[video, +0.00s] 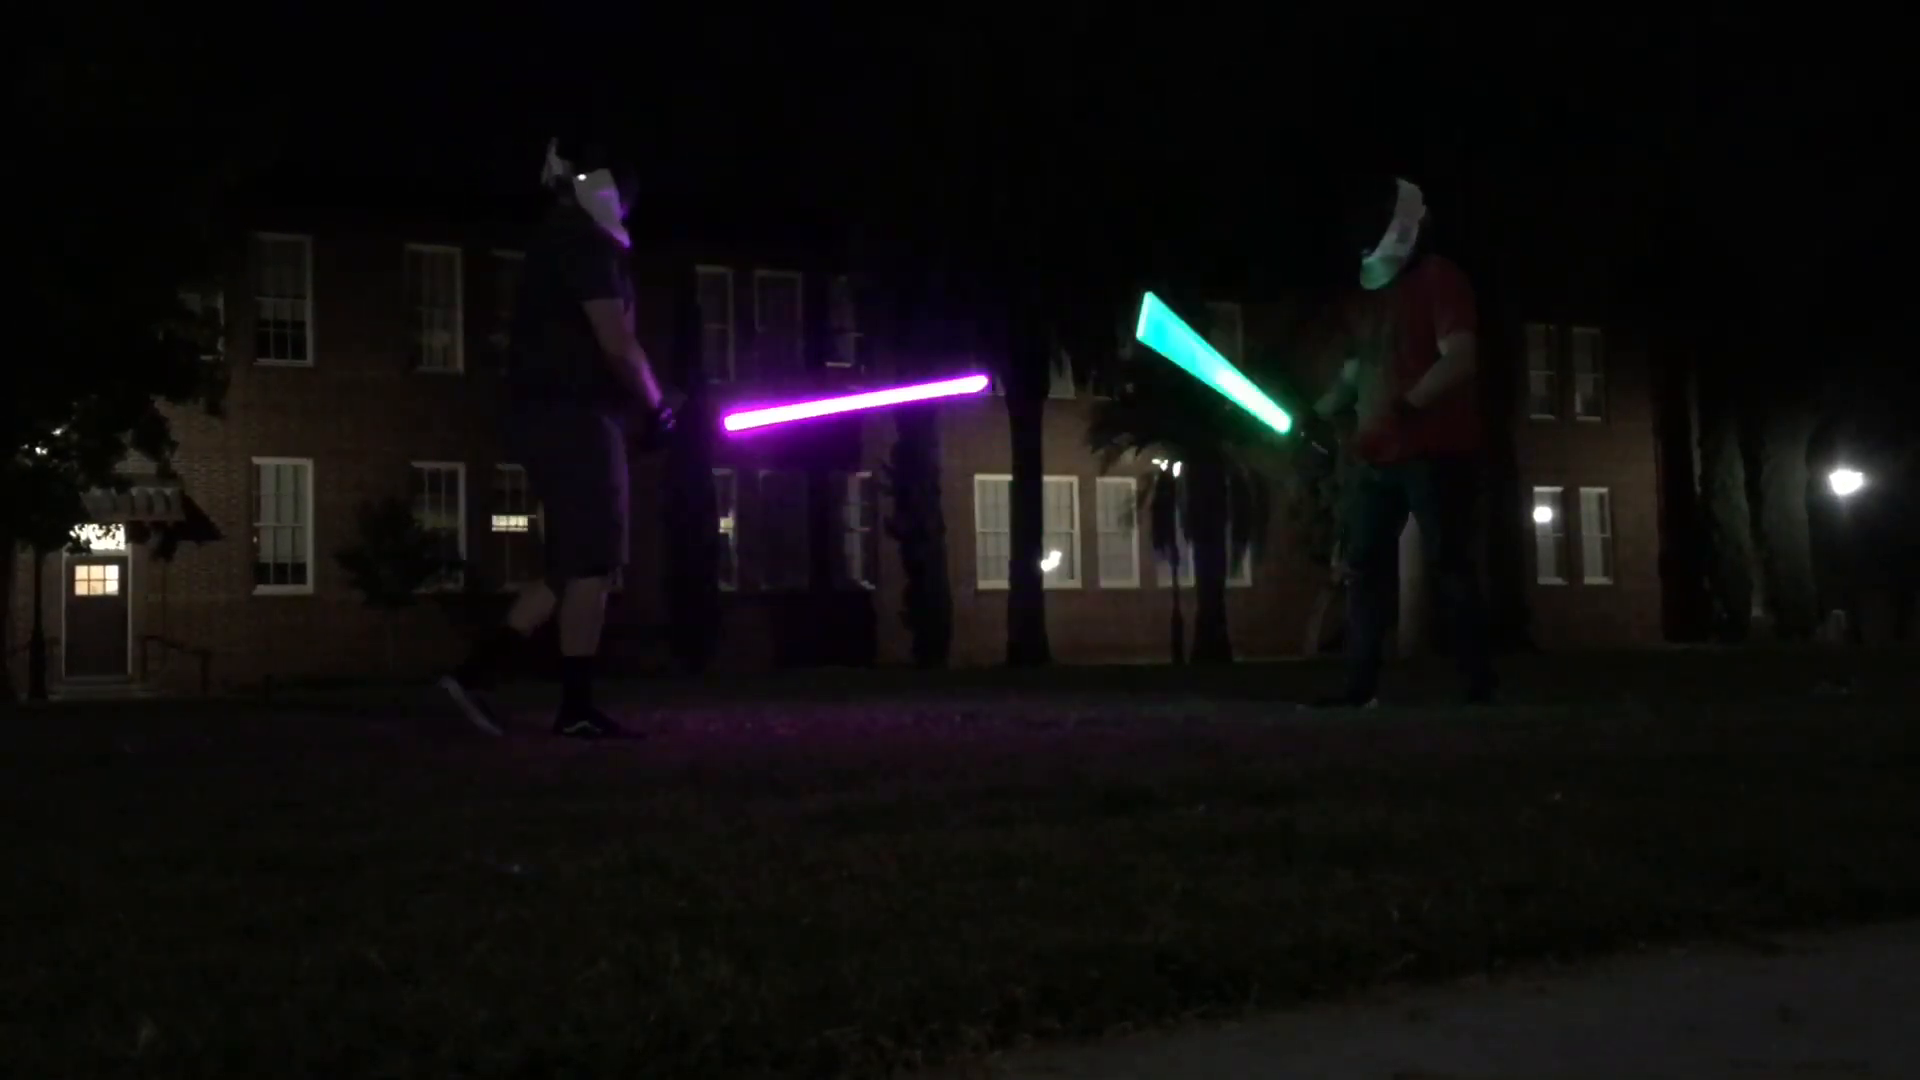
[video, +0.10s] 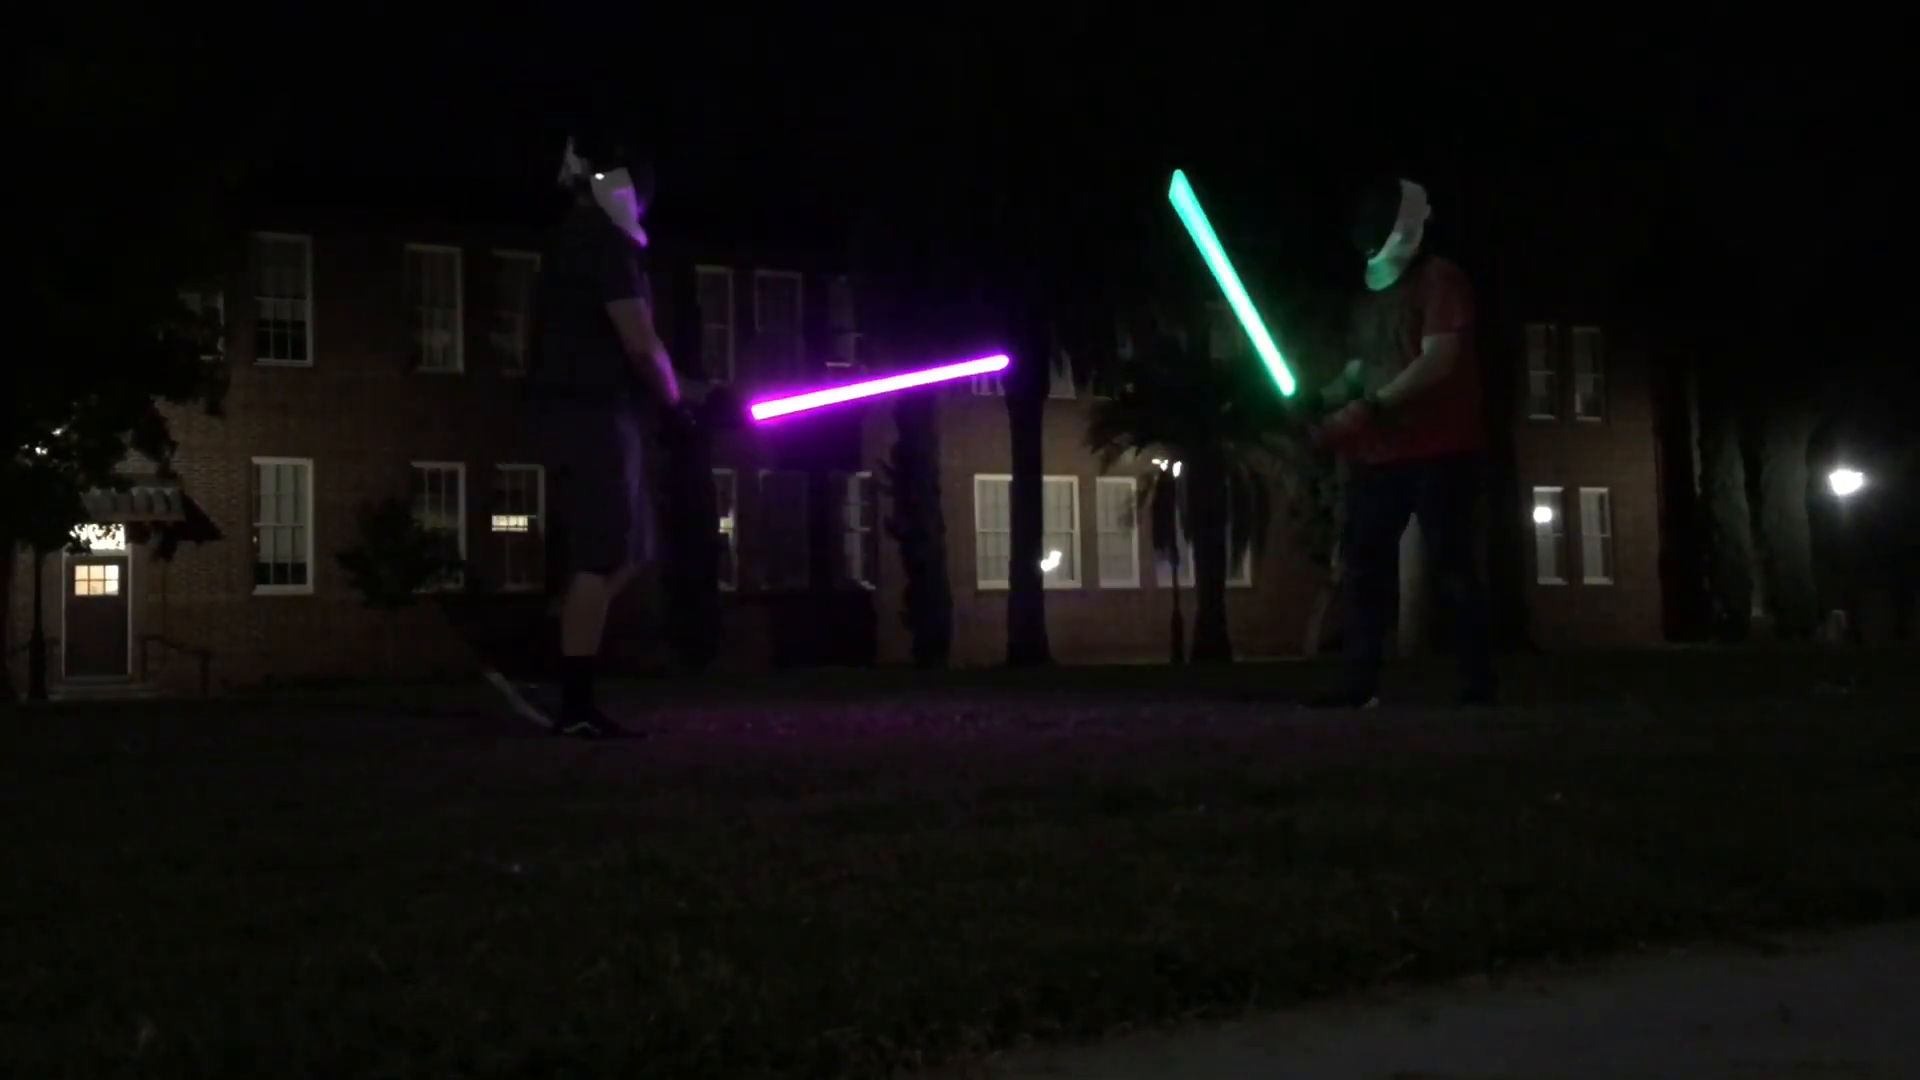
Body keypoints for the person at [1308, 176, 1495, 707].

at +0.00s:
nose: (1380, 235)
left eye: (1391, 222)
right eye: (1376, 223)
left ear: (1412, 224)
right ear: (1370, 227)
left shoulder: (1436, 279)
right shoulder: (1368, 291)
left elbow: (1459, 357)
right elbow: (1357, 367)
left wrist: (1406, 404)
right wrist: (1323, 410)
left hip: (1436, 452)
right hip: (1378, 452)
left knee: (1449, 568)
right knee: (1367, 567)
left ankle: (1470, 678)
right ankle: (1361, 680)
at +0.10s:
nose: (1383, 239)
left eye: (1394, 227)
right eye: (1378, 229)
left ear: (1414, 228)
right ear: (1370, 233)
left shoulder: (1438, 280)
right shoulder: (1371, 294)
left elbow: (1439, 358)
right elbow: (1360, 368)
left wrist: (1371, 405)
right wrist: (1324, 400)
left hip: (1439, 452)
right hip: (1379, 452)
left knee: (1451, 567)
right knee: (1366, 567)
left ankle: (1471, 678)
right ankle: (1359, 678)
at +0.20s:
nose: (1374, 236)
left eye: (1386, 223)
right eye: (1371, 225)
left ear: (1413, 225)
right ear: (1369, 230)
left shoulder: (1438, 278)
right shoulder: (1372, 296)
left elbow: (1429, 352)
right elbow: (1359, 363)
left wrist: (1362, 397)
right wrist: (1329, 386)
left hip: (1439, 453)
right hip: (1380, 455)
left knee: (1451, 569)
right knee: (1366, 567)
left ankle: (1472, 679)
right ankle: (1359, 679)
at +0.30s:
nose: (1373, 236)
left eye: (1387, 223)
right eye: (1371, 224)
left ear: (1415, 225)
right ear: (1371, 229)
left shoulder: (1440, 279)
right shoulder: (1373, 296)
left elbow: (1421, 358)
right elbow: (1355, 362)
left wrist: (1354, 392)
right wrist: (1323, 381)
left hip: (1439, 453)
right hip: (1382, 455)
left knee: (1451, 570)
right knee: (1351, 556)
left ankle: (1475, 683)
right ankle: (1350, 676)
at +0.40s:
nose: (1376, 249)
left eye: (1386, 235)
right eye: (1371, 239)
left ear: (1413, 231)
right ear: (1369, 238)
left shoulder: (1440, 283)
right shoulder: (1371, 300)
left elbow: (1419, 359)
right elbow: (1350, 362)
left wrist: (1348, 390)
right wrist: (1320, 382)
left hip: (1437, 455)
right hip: (1379, 456)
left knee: (1451, 570)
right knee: (1346, 561)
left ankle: (1476, 684)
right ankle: (1328, 679)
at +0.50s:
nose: (1369, 253)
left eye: (1379, 240)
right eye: (1363, 243)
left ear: (1404, 237)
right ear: (1360, 245)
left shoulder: (1434, 289)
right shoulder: (1356, 309)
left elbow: (1414, 365)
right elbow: (1339, 375)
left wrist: (1340, 393)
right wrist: (1298, 370)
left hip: (1432, 461)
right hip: (1371, 464)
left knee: (1446, 576)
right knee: (1338, 566)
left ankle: (1474, 684)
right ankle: (1321, 680)